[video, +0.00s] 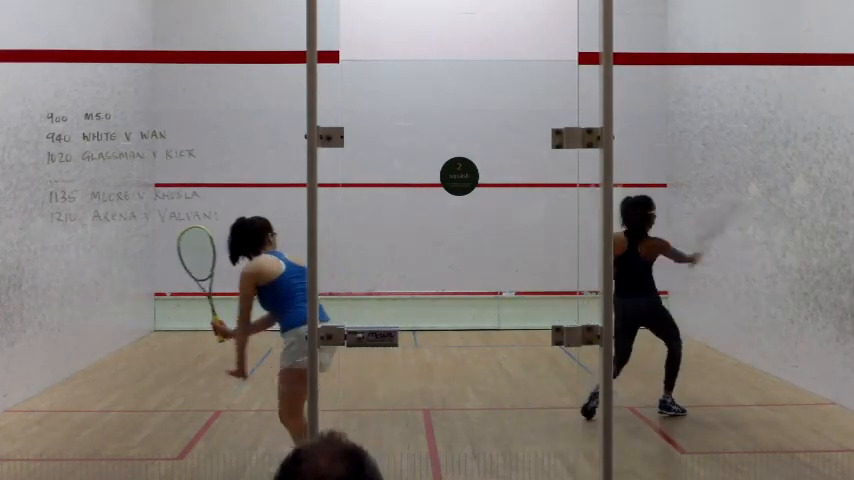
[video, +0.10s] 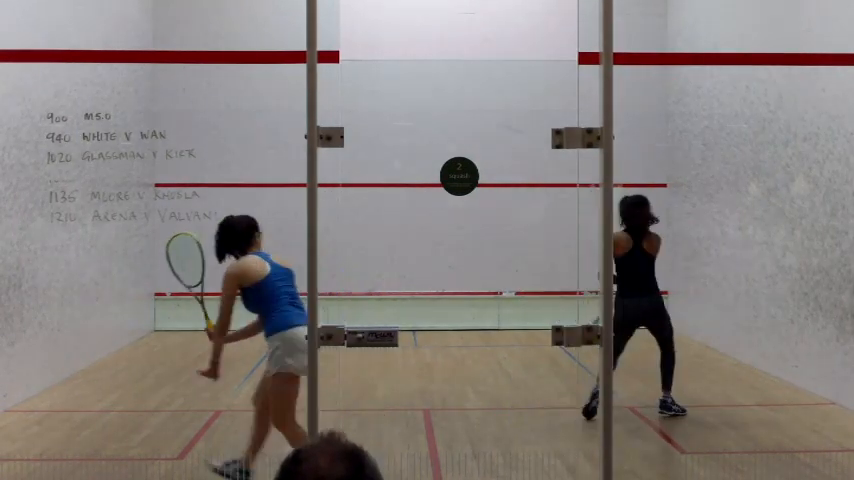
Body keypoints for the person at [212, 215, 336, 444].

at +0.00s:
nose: (275, 237)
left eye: (274, 234)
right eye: (273, 234)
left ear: (245, 245)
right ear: (269, 238)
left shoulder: (252, 270)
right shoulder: (291, 261)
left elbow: (243, 322)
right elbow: (273, 317)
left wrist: (241, 369)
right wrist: (232, 333)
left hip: (301, 338)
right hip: (323, 332)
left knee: (289, 415)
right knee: (294, 411)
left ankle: (315, 467)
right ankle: (317, 463)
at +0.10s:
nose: (261, 237)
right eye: (259, 234)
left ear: (231, 245)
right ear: (256, 238)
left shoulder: (237, 270)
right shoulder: (276, 264)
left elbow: (224, 321)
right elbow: (264, 320)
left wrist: (214, 364)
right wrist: (224, 336)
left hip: (287, 340)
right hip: (303, 335)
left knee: (283, 418)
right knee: (263, 400)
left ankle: (319, 468)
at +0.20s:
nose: (245, 238)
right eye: (243, 235)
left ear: (214, 245)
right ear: (240, 240)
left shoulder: (221, 272)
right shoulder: (261, 266)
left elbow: (204, 326)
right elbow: (258, 325)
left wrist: (191, 368)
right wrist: (223, 348)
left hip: (268, 345)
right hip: (278, 339)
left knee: (264, 426)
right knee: (235, 411)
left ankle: (316, 462)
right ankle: (219, 473)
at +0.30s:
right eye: (225, 239)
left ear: (196, 245)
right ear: (224, 243)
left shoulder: (204, 275)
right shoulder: (243, 269)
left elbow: (189, 330)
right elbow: (244, 326)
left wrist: (177, 373)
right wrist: (210, 354)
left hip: (249, 350)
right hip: (252, 347)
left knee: (228, 433)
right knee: (210, 410)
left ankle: (292, 460)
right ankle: (213, 473)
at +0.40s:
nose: (176, 243)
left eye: (178, 238)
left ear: (180, 242)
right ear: (205, 241)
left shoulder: (191, 275)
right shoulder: (225, 268)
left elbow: (180, 333)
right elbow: (220, 328)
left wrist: (171, 377)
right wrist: (183, 355)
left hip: (236, 350)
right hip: (237, 347)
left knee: (203, 429)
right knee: (197, 413)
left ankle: (261, 474)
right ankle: (212, 474)